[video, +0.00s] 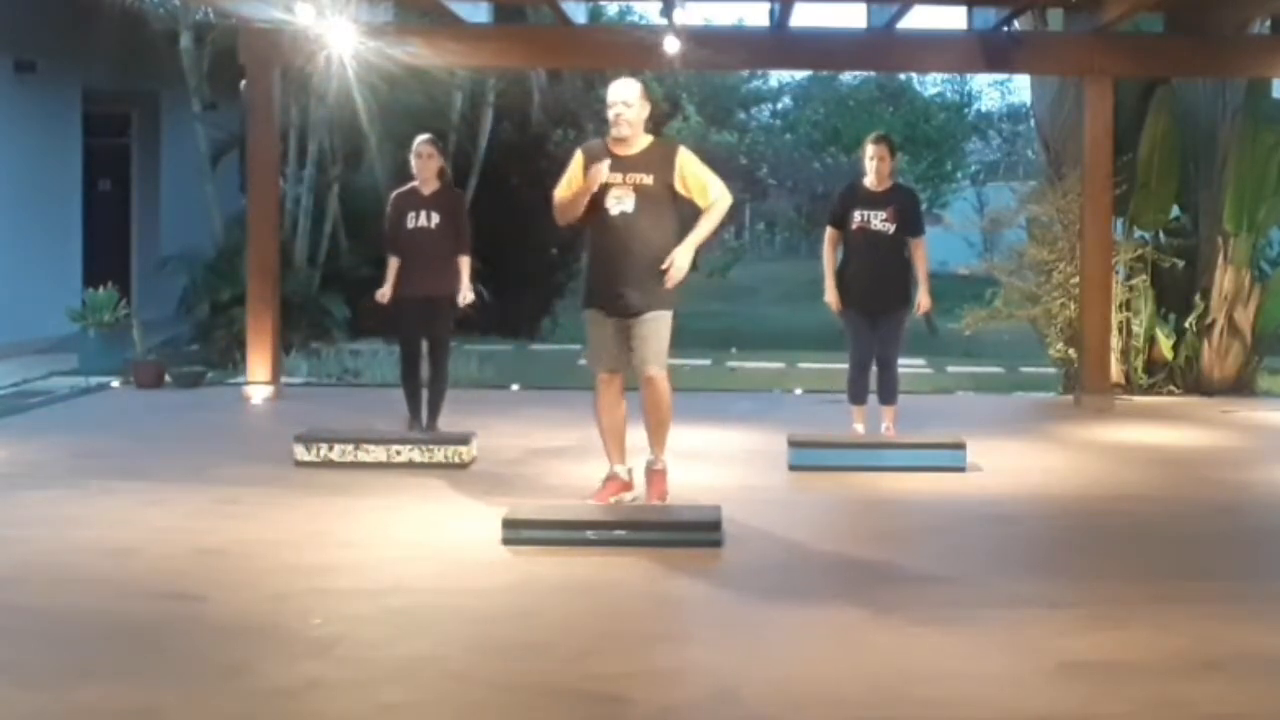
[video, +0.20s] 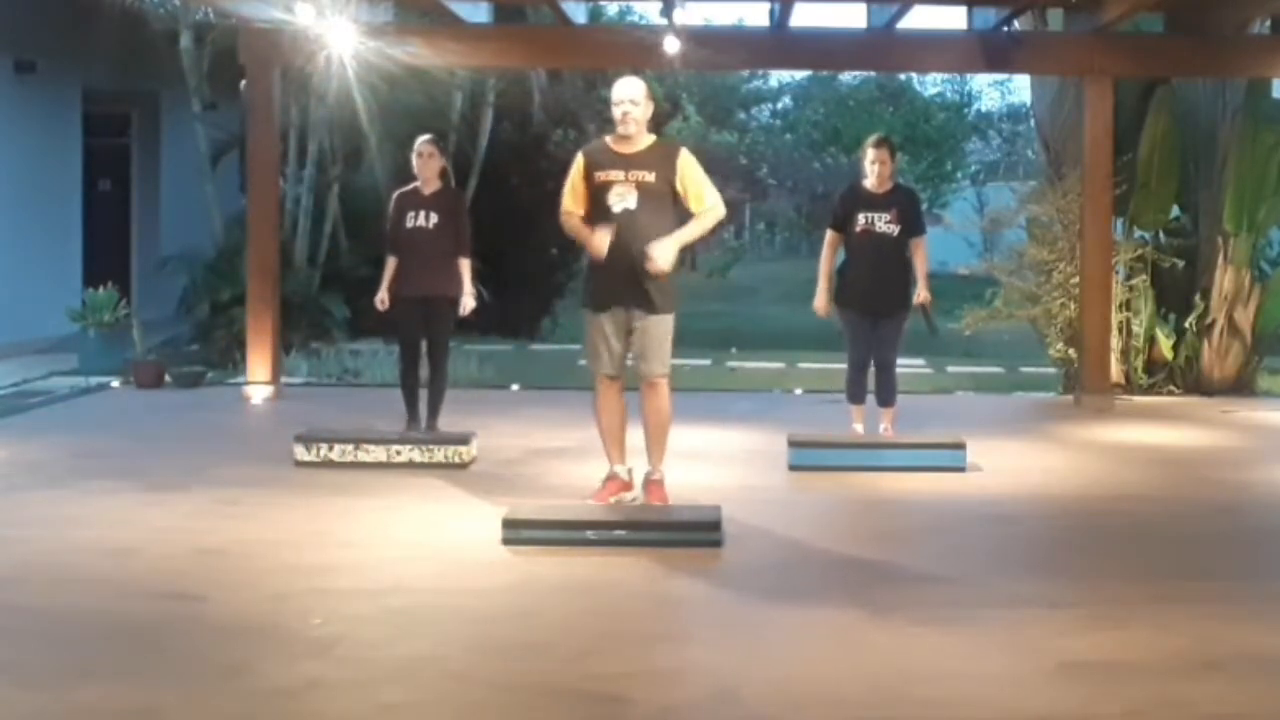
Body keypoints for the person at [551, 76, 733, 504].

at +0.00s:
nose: (616, 114)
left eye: (625, 106)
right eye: (611, 106)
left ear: (645, 111)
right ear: (605, 112)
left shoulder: (672, 156)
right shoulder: (589, 156)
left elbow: (721, 198)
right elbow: (562, 214)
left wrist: (687, 248)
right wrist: (588, 187)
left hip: (652, 290)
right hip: (602, 290)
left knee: (652, 375)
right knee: (607, 379)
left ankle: (657, 465)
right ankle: (618, 473)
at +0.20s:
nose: (624, 110)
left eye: (632, 103)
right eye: (618, 103)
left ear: (650, 109)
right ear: (609, 109)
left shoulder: (675, 158)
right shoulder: (589, 158)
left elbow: (713, 208)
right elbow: (568, 212)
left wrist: (673, 242)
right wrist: (589, 236)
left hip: (655, 289)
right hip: (605, 289)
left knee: (655, 379)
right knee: (607, 379)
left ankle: (656, 474)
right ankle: (617, 472)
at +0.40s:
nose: (633, 113)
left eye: (641, 106)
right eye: (626, 106)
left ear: (658, 110)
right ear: (618, 111)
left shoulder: (679, 157)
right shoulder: (601, 155)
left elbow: (697, 214)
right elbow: (578, 206)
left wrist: (643, 183)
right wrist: (581, 248)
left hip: (659, 292)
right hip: (605, 288)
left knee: (661, 380)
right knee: (592, 368)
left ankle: (656, 474)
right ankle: (601, 456)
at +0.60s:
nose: (629, 111)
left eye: (637, 104)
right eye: (623, 104)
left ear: (655, 109)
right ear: (615, 110)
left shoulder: (678, 157)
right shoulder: (598, 157)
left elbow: (699, 216)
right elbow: (579, 211)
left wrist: (643, 207)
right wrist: (582, 248)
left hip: (660, 291)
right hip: (606, 288)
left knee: (659, 381)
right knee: (597, 377)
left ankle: (656, 475)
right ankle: (609, 465)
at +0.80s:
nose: (619, 110)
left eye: (628, 102)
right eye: (613, 103)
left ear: (645, 108)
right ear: (605, 109)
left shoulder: (671, 156)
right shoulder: (585, 157)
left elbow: (713, 205)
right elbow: (563, 216)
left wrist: (679, 248)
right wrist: (594, 215)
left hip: (654, 288)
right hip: (603, 288)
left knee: (656, 378)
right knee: (605, 379)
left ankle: (657, 473)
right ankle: (614, 474)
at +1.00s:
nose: (620, 110)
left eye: (628, 103)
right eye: (614, 103)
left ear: (645, 108)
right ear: (605, 109)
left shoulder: (672, 156)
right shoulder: (584, 158)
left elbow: (712, 202)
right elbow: (562, 213)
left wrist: (681, 249)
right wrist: (587, 233)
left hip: (655, 290)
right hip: (603, 291)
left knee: (657, 377)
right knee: (605, 381)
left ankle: (657, 470)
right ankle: (614, 474)